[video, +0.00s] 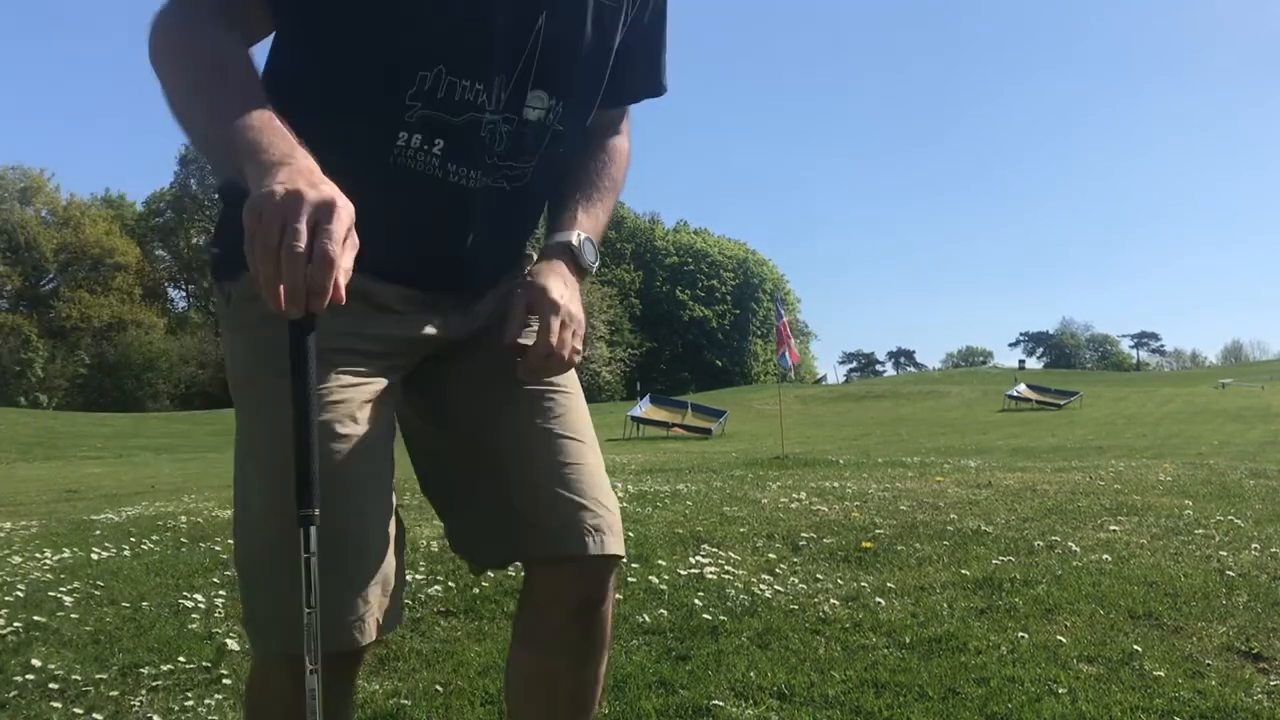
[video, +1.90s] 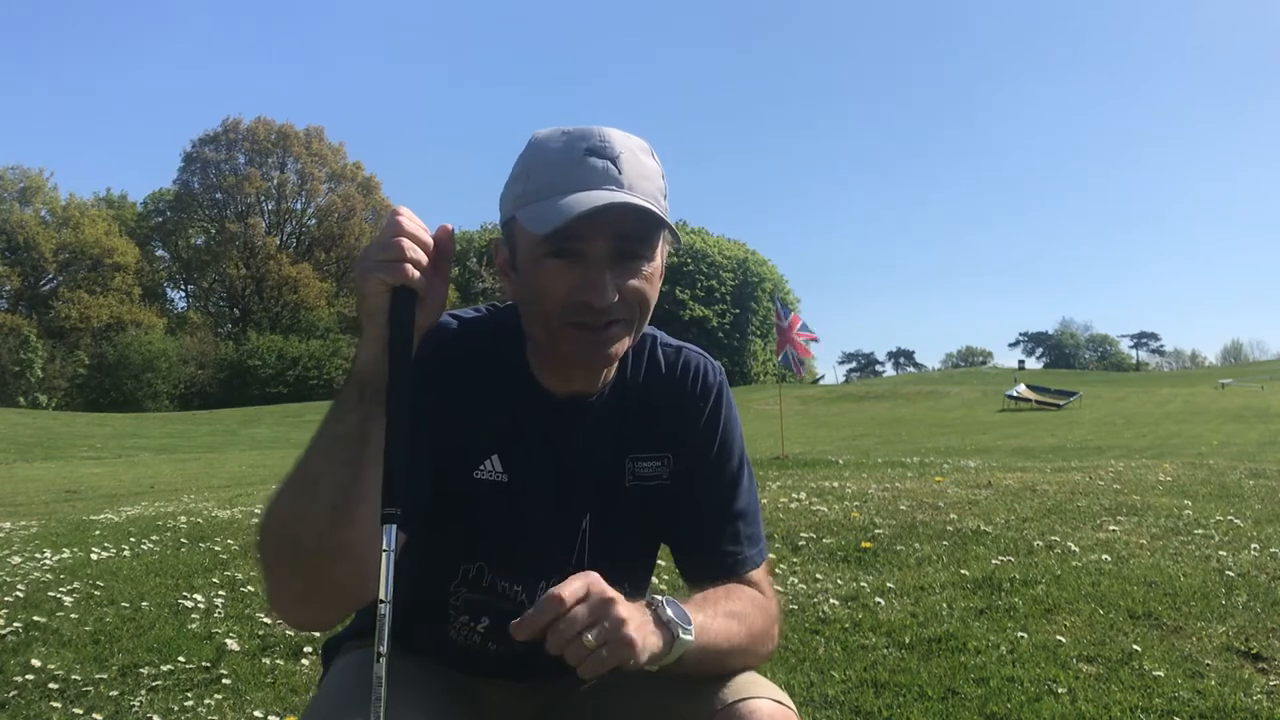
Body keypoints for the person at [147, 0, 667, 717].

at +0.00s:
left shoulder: (628, 10)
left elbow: (604, 123)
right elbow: (190, 26)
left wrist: (567, 256)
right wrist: (276, 164)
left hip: (493, 291)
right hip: (318, 278)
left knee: (581, 556)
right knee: (324, 624)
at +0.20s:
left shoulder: (667, 18)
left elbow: (655, 203)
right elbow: (235, 111)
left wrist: (561, 321)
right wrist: (261, 173)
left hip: (525, 297)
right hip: (351, 279)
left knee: (598, 572)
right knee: (369, 583)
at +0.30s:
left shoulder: (671, 49)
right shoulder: (370, 15)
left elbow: (667, 270)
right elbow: (232, 213)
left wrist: (544, 373)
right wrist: (289, 192)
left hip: (525, 336)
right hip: (357, 321)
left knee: (626, 579)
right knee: (389, 615)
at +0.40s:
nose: (597, 27)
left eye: (626, 1)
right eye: (564, 1)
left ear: (653, 11)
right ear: (497, 6)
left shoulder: (670, 154)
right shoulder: (385, 99)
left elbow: (672, 383)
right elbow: (260, 366)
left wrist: (532, 462)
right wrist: (349, 268)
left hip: (534, 414)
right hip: (362, 412)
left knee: (675, 603)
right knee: (403, 683)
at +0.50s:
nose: (590, 114)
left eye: (618, 75)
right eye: (550, 73)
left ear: (647, 82)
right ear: (481, 76)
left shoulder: (666, 233)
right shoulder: (384, 191)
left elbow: (683, 459)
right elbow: (287, 470)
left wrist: (539, 522)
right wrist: (375, 306)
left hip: (538, 501)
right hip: (371, 499)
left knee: (708, 644)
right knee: (394, 702)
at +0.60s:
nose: (584, 184)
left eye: (613, 145)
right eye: (546, 144)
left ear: (643, 156)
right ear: (475, 149)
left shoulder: (666, 298)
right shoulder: (394, 264)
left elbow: (705, 525)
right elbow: (309, 550)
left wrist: (566, 572)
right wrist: (367, 327)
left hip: (550, 587)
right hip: (384, 581)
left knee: (735, 677)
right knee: (385, 702)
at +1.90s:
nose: (602, 292)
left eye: (629, 255)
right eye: (566, 254)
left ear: (661, 265)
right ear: (505, 263)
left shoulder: (687, 386)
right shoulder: (433, 361)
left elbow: (753, 612)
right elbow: (303, 601)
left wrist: (659, 626)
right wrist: (377, 357)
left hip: (605, 662)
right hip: (429, 665)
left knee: (761, 708)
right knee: (351, 701)